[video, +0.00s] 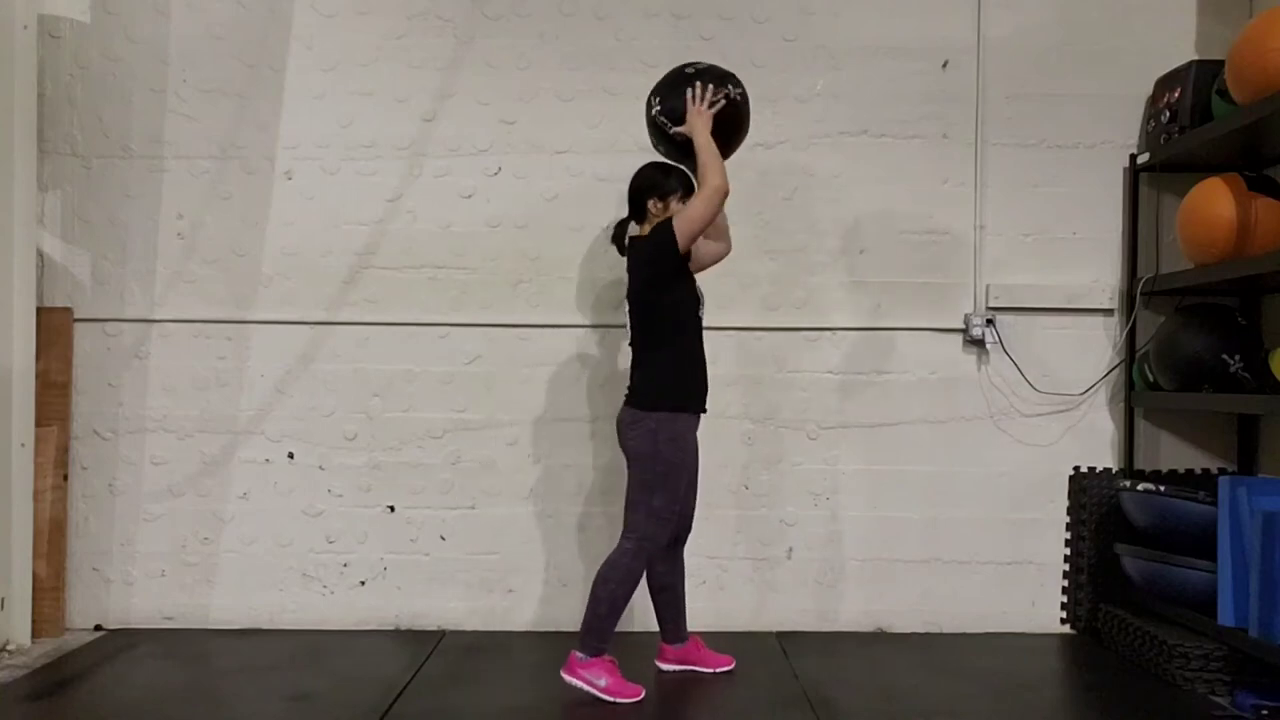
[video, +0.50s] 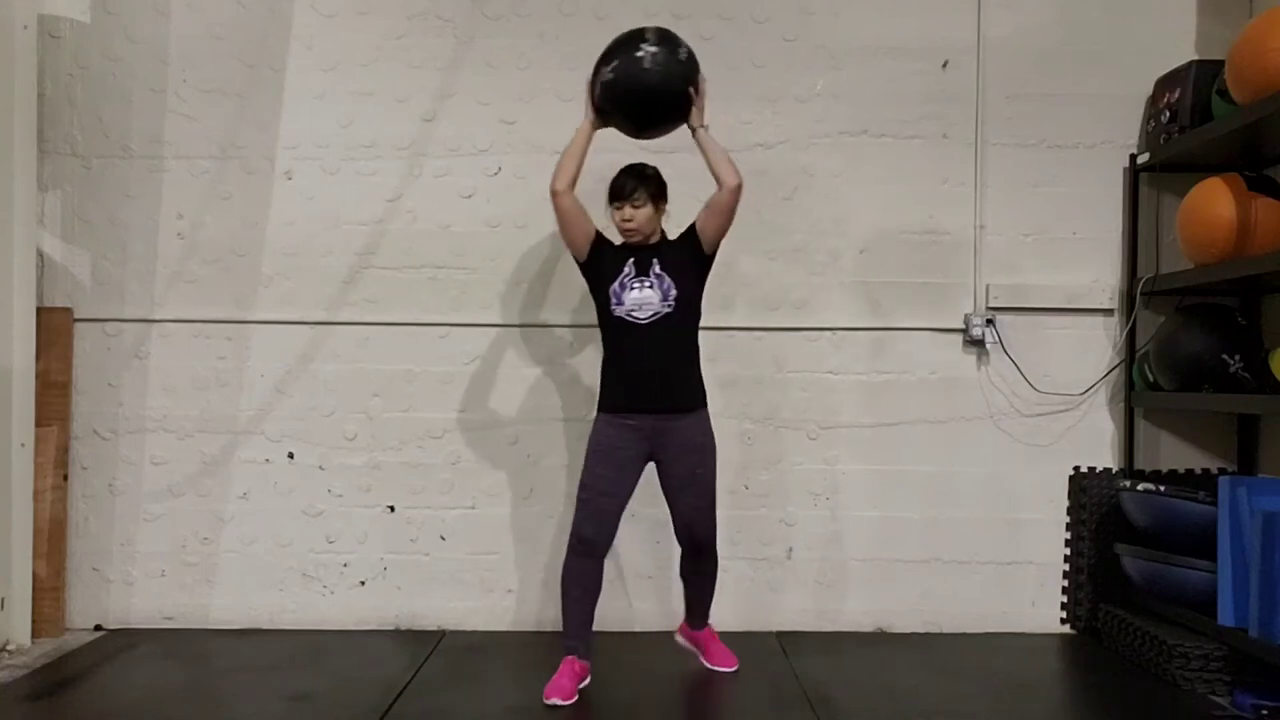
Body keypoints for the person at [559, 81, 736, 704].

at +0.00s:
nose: (696, 210)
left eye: (693, 202)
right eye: (690, 200)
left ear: (654, 207)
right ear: (669, 203)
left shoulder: (665, 256)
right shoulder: (653, 250)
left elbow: (718, 245)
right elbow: (714, 191)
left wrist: (711, 174)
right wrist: (700, 131)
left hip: (674, 420)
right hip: (656, 420)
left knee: (671, 535)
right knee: (641, 539)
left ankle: (676, 644)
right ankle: (587, 655)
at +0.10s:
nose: (688, 208)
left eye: (689, 202)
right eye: (679, 197)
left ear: (679, 208)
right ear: (656, 204)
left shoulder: (687, 258)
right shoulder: (646, 247)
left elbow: (735, 233)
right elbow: (690, 182)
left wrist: (716, 173)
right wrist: (685, 126)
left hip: (683, 420)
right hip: (648, 418)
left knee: (674, 536)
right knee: (640, 536)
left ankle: (676, 644)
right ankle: (584, 649)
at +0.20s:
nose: (689, 207)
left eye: (695, 200)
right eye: (679, 197)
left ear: (697, 208)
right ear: (654, 201)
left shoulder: (696, 254)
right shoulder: (639, 251)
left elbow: (750, 222)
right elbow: (657, 185)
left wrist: (719, 162)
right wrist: (664, 123)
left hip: (690, 421)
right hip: (645, 418)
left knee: (680, 538)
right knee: (635, 536)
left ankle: (677, 644)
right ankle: (578, 648)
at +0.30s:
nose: (672, 209)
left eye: (681, 202)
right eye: (662, 200)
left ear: (690, 209)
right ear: (642, 206)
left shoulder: (698, 256)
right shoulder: (627, 254)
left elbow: (757, 212)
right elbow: (622, 184)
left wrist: (719, 150)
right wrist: (637, 119)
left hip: (695, 424)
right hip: (640, 423)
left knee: (690, 538)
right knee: (621, 539)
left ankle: (679, 643)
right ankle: (582, 654)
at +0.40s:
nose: (649, 209)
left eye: (660, 201)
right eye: (641, 201)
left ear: (677, 207)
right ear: (626, 208)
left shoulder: (699, 253)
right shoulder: (610, 255)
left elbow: (751, 199)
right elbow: (587, 182)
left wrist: (714, 143)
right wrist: (609, 119)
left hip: (694, 420)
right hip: (632, 421)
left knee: (700, 533)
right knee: (606, 538)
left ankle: (681, 639)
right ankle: (577, 656)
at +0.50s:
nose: (625, 212)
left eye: (636, 202)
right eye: (618, 204)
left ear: (661, 207)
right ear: (612, 212)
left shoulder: (690, 254)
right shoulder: (602, 261)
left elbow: (731, 189)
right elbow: (561, 191)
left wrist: (699, 127)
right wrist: (590, 120)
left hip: (685, 423)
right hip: (618, 424)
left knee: (700, 538)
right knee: (588, 539)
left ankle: (696, 627)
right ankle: (576, 655)